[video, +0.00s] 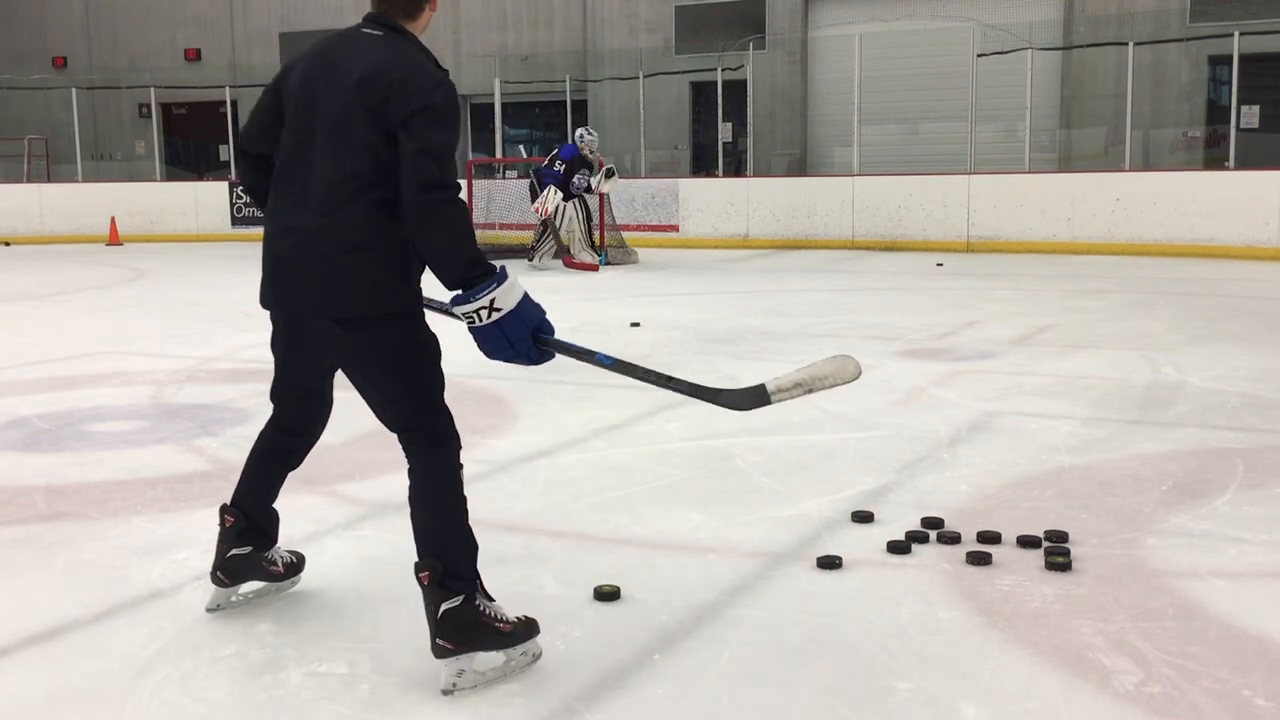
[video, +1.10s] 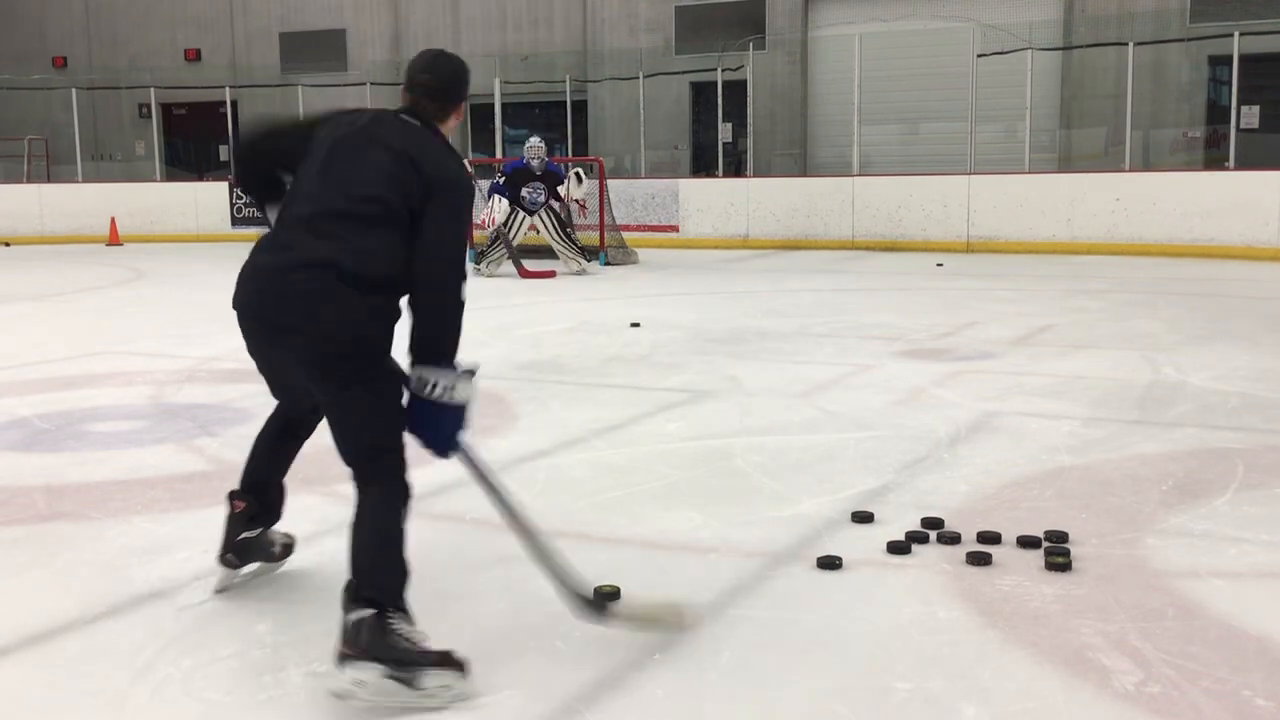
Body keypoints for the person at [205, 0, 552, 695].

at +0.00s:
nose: (438, 14)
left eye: (436, 9)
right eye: (439, 9)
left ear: (371, 4)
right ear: (429, 8)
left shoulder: (309, 60)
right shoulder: (423, 79)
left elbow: (252, 149)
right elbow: (431, 203)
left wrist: (299, 217)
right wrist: (490, 296)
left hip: (291, 285)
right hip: (371, 294)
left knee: (294, 417)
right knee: (431, 440)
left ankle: (240, 545)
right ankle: (456, 606)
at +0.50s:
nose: (439, 26)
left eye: (434, 16)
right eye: (439, 17)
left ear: (375, 16)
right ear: (431, 23)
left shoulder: (331, 74)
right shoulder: (405, 84)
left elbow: (318, 187)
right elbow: (417, 189)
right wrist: (475, 271)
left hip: (280, 290)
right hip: (351, 298)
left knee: (283, 422)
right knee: (428, 450)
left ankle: (223, 546)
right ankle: (449, 614)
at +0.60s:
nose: (448, 38)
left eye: (444, 26)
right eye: (448, 27)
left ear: (384, 22)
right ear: (439, 31)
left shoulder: (349, 81)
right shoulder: (402, 83)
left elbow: (345, 208)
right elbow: (422, 152)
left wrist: (393, 300)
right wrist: (511, 182)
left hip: (273, 285)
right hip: (341, 292)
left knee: (276, 417)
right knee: (424, 447)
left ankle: (207, 546)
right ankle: (442, 616)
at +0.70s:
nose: (464, 53)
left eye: (463, 45)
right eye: (460, 41)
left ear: (403, 34)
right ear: (447, 40)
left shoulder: (400, 106)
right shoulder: (405, 82)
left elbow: (407, 221)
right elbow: (445, 68)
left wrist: (447, 290)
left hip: (269, 285)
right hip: (331, 298)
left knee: (264, 422)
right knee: (421, 449)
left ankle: (189, 545)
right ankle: (422, 617)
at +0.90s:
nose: (493, 104)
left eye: (494, 94)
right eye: (491, 92)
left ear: (446, 83)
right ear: (474, 86)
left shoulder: (400, 124)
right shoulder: (436, 114)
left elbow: (427, 235)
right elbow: (463, 47)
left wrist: (487, 273)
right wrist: (514, 0)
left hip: (254, 290)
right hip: (326, 302)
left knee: (280, 419)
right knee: (413, 455)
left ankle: (198, 544)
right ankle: (412, 618)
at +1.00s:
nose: (483, 126)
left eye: (483, 116)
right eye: (487, 115)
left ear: (428, 95)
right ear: (479, 107)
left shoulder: (379, 134)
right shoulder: (452, 135)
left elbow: (340, 229)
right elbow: (445, 182)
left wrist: (397, 306)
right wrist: (406, 275)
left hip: (255, 293)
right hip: (329, 307)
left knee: (289, 417)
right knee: (409, 462)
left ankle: (212, 542)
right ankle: (407, 617)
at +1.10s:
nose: (462, 117)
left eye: (455, 106)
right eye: (466, 109)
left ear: (406, 94)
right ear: (458, 109)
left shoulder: (346, 125)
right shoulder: (445, 173)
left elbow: (252, 148)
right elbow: (439, 286)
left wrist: (286, 205)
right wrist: (435, 389)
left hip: (261, 297)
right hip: (340, 323)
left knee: (300, 402)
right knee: (382, 475)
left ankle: (245, 527)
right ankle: (372, 616)